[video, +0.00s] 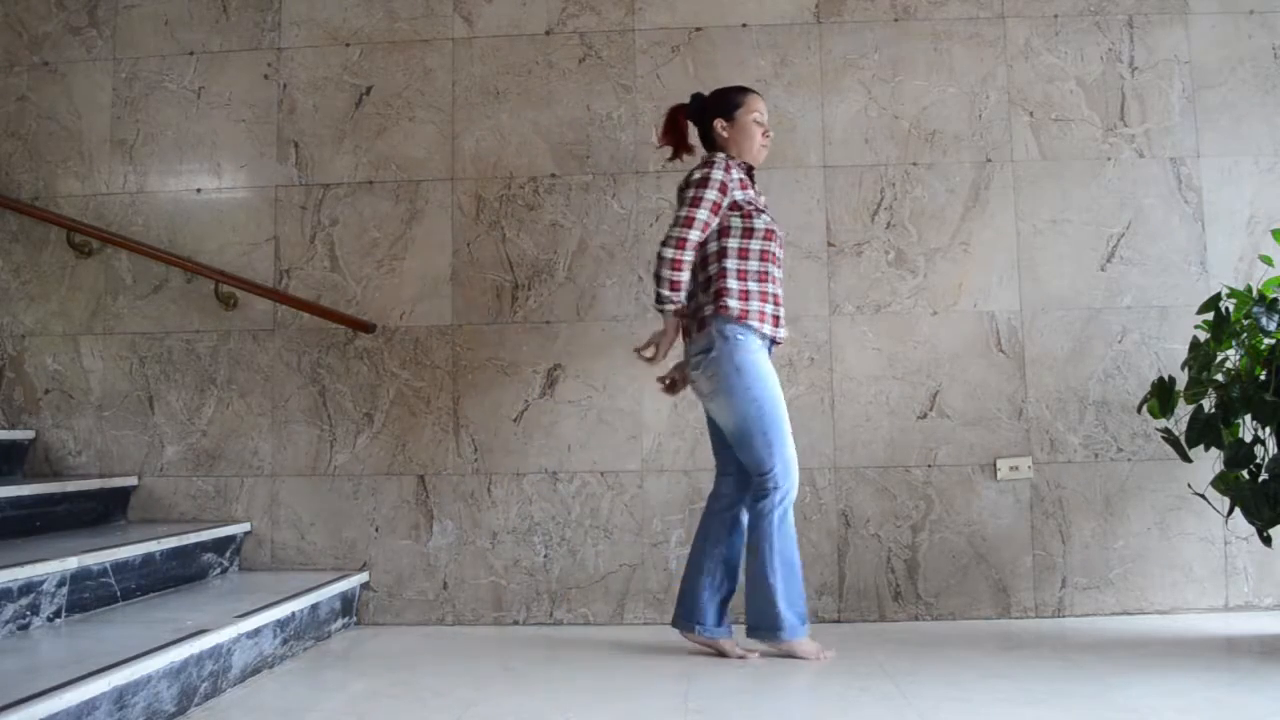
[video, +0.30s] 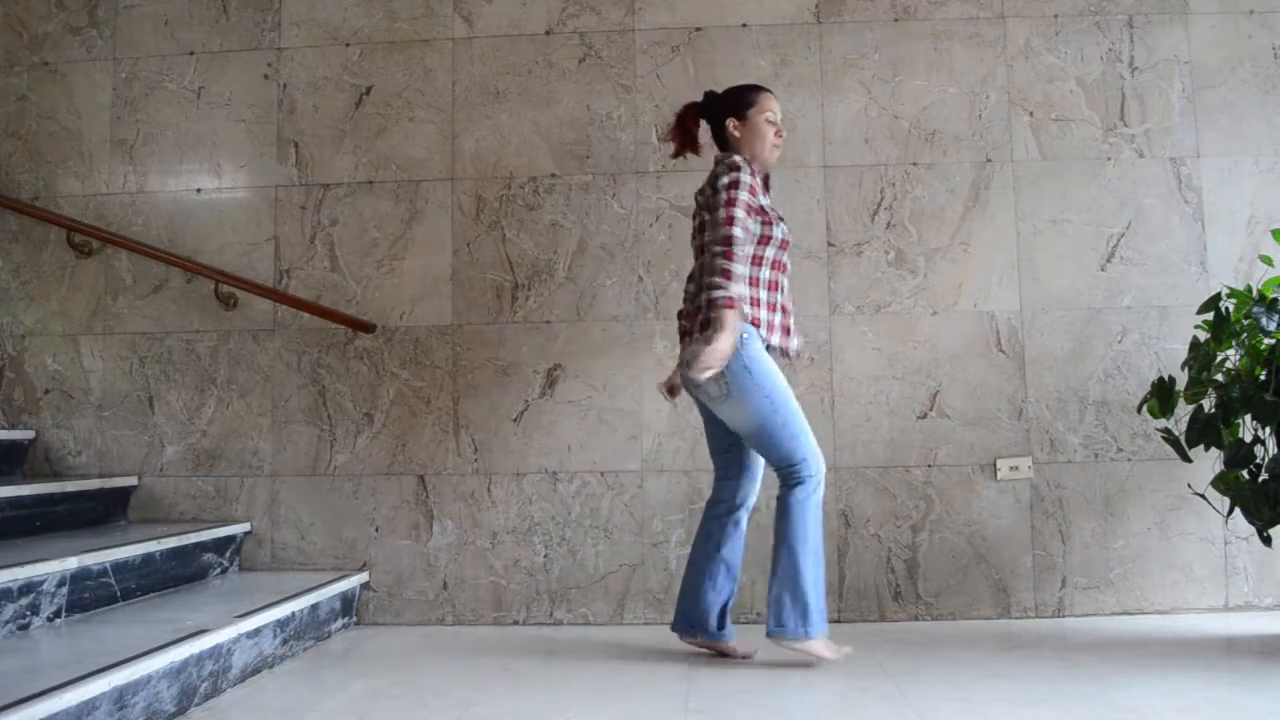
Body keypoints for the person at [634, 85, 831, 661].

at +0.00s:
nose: (767, 133)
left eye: (767, 125)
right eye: (757, 123)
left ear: (732, 131)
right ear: (722, 128)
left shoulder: (738, 184)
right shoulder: (718, 172)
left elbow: (717, 278)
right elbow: (681, 247)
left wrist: (692, 355)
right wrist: (670, 318)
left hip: (730, 342)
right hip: (731, 342)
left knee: (734, 487)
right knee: (776, 479)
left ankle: (703, 620)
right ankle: (781, 628)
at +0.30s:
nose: (781, 133)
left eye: (781, 124)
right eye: (771, 122)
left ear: (739, 132)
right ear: (734, 128)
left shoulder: (728, 187)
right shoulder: (737, 179)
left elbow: (706, 276)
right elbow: (729, 254)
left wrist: (686, 355)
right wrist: (727, 332)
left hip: (709, 348)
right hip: (735, 346)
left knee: (735, 487)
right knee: (805, 469)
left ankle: (701, 621)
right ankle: (798, 624)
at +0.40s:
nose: (784, 130)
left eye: (784, 120)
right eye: (774, 119)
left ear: (735, 129)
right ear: (737, 124)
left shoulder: (721, 179)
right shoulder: (744, 173)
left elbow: (720, 258)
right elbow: (761, 243)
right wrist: (783, 318)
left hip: (701, 347)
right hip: (731, 340)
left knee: (730, 488)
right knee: (801, 469)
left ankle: (702, 621)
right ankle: (800, 629)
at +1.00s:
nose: (806, 108)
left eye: (805, 97)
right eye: (797, 96)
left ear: (758, 104)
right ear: (763, 101)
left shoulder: (742, 168)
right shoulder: (761, 159)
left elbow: (786, 259)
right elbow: (818, 247)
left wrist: (840, 309)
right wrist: (841, 300)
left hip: (767, 339)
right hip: (768, 339)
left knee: (832, 482)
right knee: (782, 495)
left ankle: (755, 633)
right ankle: (745, 658)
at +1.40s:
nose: (819, 101)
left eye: (817, 88)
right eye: (811, 86)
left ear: (775, 93)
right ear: (778, 91)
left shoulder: (776, 158)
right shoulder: (753, 152)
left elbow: (805, 242)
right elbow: (821, 214)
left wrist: (858, 252)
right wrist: (870, 249)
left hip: (815, 334)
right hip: (781, 331)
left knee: (843, 491)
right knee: (786, 492)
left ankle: (839, 652)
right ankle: (747, 652)